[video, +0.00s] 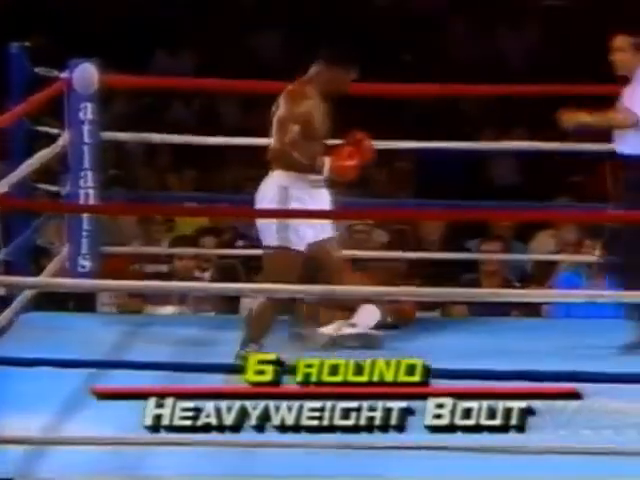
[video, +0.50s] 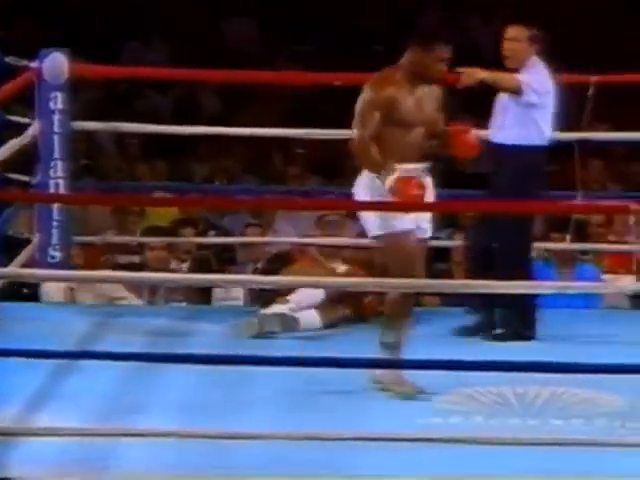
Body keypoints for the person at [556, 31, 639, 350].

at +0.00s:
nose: (615, 58)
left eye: (621, 51)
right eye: (613, 51)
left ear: (635, 54)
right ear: (616, 56)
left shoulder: (635, 84)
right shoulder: (629, 85)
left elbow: (628, 117)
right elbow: (623, 116)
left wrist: (584, 119)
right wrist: (585, 119)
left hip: (633, 165)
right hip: (624, 164)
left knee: (626, 240)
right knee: (624, 239)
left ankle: (635, 327)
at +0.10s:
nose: (591, 58)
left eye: (597, 52)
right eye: (590, 52)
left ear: (617, 54)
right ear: (593, 57)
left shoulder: (627, 80)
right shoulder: (605, 86)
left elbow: (606, 103)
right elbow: (602, 136)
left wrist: (559, 91)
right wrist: (583, 158)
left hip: (623, 172)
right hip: (603, 173)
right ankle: (560, 325)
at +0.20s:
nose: (577, 59)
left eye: (584, 53)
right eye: (575, 53)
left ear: (602, 57)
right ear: (577, 58)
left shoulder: (609, 86)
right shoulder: (590, 87)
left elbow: (581, 98)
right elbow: (574, 136)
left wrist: (541, 86)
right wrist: (548, 156)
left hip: (597, 176)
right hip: (581, 174)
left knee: (558, 249)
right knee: (607, 251)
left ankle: (543, 327)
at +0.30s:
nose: (550, 54)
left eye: (557, 49)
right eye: (549, 49)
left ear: (575, 54)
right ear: (551, 54)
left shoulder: (581, 82)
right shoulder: (563, 84)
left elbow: (550, 93)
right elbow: (546, 134)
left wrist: (513, 82)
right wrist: (523, 160)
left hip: (564, 168)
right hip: (548, 167)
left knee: (535, 246)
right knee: (538, 246)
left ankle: (530, 327)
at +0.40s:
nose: (533, 48)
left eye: (540, 42)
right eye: (532, 42)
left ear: (557, 47)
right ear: (532, 47)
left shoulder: (563, 76)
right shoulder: (546, 76)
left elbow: (534, 87)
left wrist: (496, 79)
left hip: (544, 162)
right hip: (530, 160)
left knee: (527, 241)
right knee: (521, 240)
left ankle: (527, 323)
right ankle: (523, 321)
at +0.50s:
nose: (508, 47)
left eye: (516, 41)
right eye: (506, 41)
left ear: (532, 46)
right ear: (504, 45)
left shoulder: (539, 75)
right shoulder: (512, 80)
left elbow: (518, 86)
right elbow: (503, 129)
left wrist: (482, 76)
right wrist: (479, 135)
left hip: (524, 160)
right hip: (503, 160)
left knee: (512, 240)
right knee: (489, 237)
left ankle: (519, 321)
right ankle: (490, 314)